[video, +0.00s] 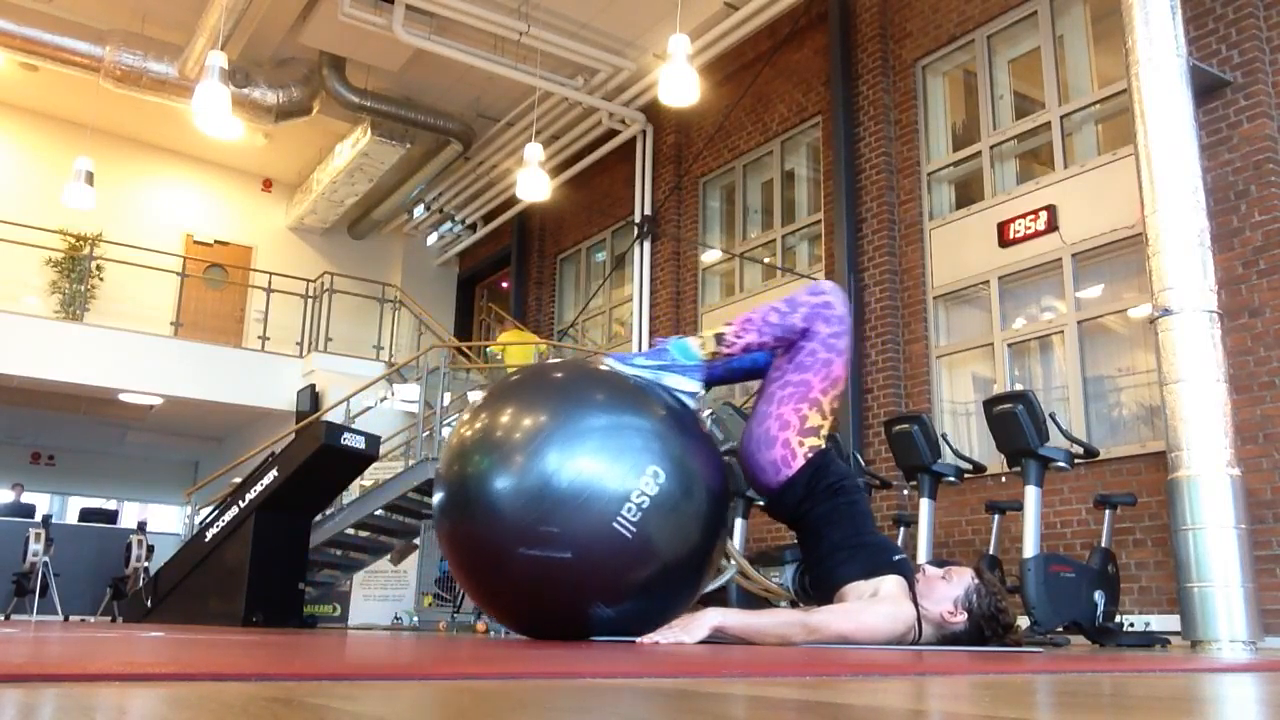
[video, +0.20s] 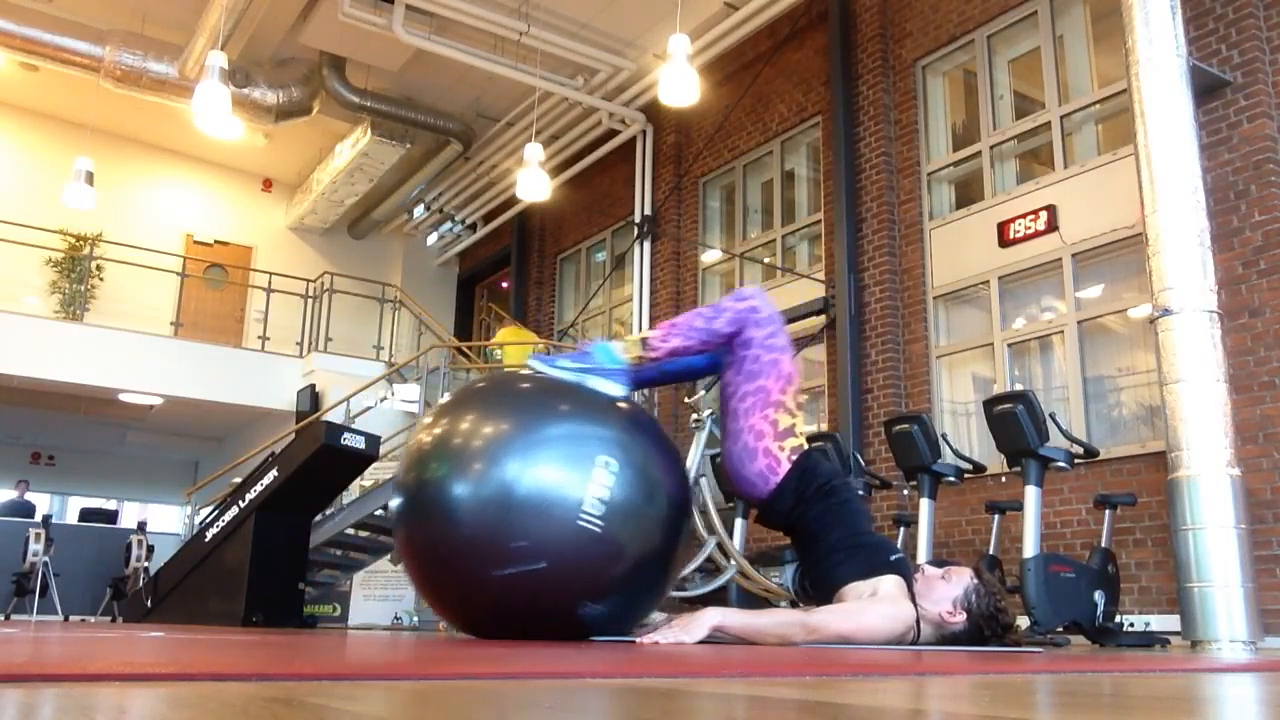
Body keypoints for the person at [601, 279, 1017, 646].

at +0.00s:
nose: (933, 569)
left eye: (945, 578)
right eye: (946, 570)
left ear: (949, 613)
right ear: (949, 612)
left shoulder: (891, 616)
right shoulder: (911, 607)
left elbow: (798, 629)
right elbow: (805, 624)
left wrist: (713, 621)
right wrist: (717, 618)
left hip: (782, 461)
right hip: (810, 464)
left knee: (827, 304)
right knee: (826, 317)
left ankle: (696, 365)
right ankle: (700, 372)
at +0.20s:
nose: (941, 563)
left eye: (951, 577)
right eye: (952, 567)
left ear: (948, 616)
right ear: (945, 605)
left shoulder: (892, 613)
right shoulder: (902, 596)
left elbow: (801, 626)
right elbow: (799, 625)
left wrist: (712, 620)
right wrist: (713, 623)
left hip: (766, 472)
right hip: (788, 467)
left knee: (756, 308)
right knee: (759, 319)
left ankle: (620, 365)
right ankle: (625, 372)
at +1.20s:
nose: (934, 569)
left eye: (946, 581)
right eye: (946, 569)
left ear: (945, 617)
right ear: (939, 601)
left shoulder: (892, 607)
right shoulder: (891, 595)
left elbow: (803, 627)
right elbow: (803, 623)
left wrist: (709, 619)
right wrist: (712, 621)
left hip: (745, 489)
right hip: (757, 484)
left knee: (677, 337)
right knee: (679, 346)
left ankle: (523, 364)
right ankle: (535, 372)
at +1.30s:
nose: (937, 568)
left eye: (947, 579)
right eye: (950, 569)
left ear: (944, 615)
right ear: (943, 602)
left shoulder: (888, 613)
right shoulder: (894, 598)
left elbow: (793, 630)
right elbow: (797, 624)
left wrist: (708, 621)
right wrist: (713, 619)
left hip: (745, 485)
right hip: (763, 476)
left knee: (716, 324)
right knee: (719, 331)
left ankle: (570, 367)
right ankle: (586, 377)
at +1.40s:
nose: (937, 565)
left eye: (948, 578)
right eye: (948, 567)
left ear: (944, 614)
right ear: (936, 587)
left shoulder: (891, 614)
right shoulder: (897, 600)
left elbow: (801, 627)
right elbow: (796, 624)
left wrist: (713, 620)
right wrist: (711, 619)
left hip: (750, 479)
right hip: (768, 479)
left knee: (765, 314)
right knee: (766, 327)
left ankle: (625, 364)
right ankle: (630, 376)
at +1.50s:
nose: (934, 565)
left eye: (947, 575)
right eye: (948, 566)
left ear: (948, 613)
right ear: (945, 614)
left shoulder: (891, 611)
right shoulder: (906, 612)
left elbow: (803, 627)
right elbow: (807, 625)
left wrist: (712, 618)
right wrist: (717, 623)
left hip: (765, 471)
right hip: (784, 483)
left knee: (814, 311)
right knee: (812, 326)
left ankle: (674, 368)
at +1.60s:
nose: (929, 569)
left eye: (944, 578)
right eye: (943, 569)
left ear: (950, 614)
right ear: (949, 613)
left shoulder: (894, 617)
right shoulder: (910, 610)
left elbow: (800, 629)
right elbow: (802, 624)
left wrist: (710, 619)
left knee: (855, 317)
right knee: (849, 328)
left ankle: (711, 368)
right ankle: (715, 372)